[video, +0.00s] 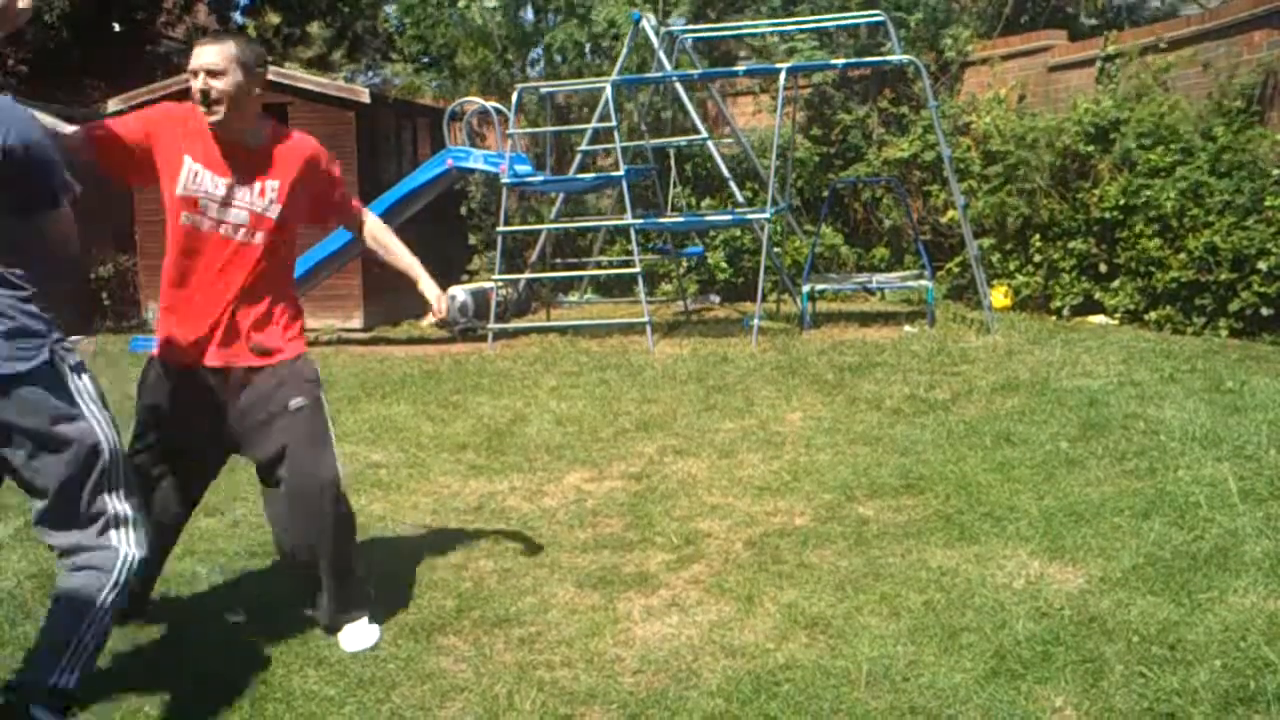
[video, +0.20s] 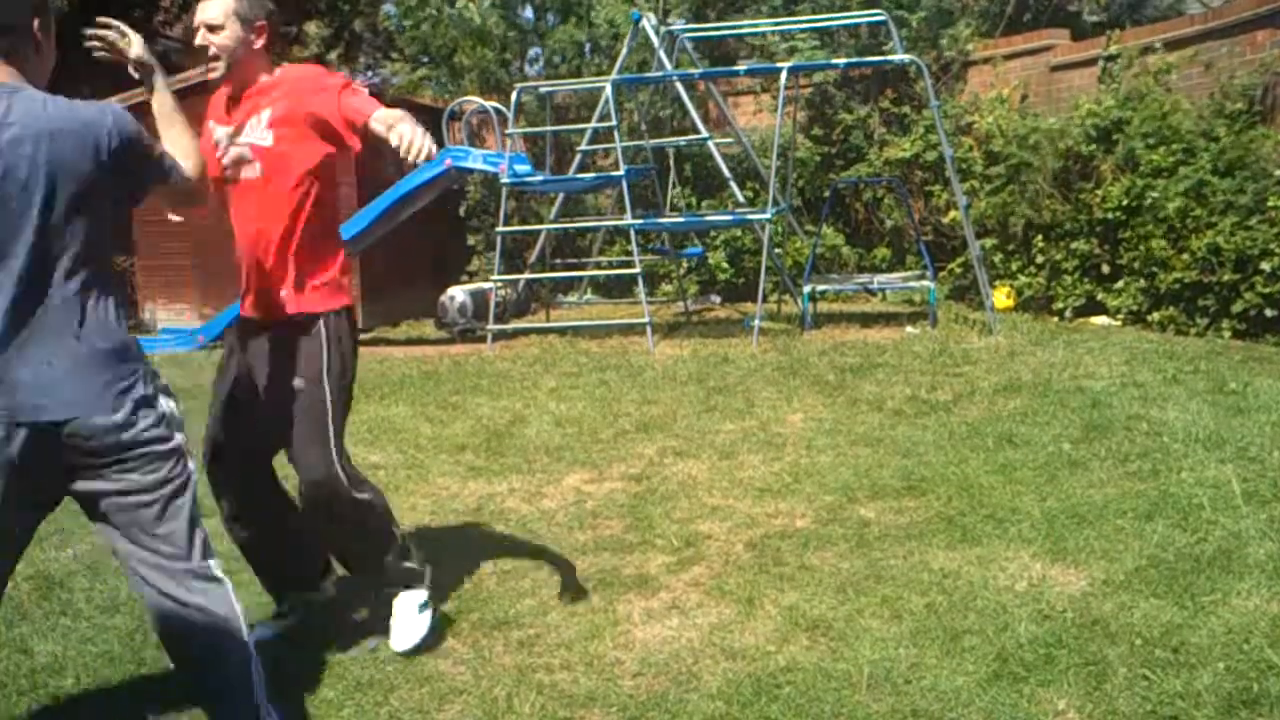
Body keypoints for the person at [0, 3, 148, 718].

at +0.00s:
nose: (24, 38)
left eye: (20, 31)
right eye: (18, 31)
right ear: (9, 43)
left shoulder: (23, 130)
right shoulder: (19, 129)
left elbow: (64, 254)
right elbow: (65, 257)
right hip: (11, 341)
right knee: (108, 531)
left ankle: (40, 696)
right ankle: (40, 699)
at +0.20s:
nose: (57, 40)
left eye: (50, 27)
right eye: (53, 28)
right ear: (40, 36)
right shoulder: (92, 126)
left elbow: (186, 185)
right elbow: (188, 188)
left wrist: (151, 88)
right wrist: (157, 79)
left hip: (6, 404)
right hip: (103, 387)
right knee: (183, 574)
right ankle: (253, 710)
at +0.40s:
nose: (124, 22)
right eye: (121, 14)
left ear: (36, 38)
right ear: (113, 19)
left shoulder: (13, 127)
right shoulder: (176, 97)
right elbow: (307, 101)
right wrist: (257, 38)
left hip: (63, 397)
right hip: (184, 382)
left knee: (13, 590)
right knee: (245, 593)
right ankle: (264, 711)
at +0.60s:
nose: (154, 11)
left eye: (151, 6)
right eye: (152, 3)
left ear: (71, 11)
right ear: (137, 3)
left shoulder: (18, 101)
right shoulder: (200, 64)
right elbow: (281, 100)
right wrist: (257, 27)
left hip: (94, 350)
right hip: (212, 334)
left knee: (84, 576)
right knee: (262, 556)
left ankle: (77, 713)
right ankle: (275, 711)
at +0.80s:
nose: (173, 27)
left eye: (175, 18)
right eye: (170, 16)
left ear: (78, 23)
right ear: (145, 14)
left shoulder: (32, 111)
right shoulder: (203, 95)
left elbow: (137, 104)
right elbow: (301, 163)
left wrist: (222, 48)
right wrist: (313, 131)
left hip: (112, 395)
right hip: (230, 380)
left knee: (106, 621)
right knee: (335, 571)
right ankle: (396, 710)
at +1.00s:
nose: (228, 42)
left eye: (229, 24)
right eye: (222, 22)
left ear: (142, 23)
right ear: (180, 16)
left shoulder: (79, 122)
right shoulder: (214, 109)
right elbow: (344, 222)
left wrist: (281, 107)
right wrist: (387, 260)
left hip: (158, 407)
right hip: (262, 389)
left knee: (157, 636)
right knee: (383, 570)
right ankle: (426, 709)